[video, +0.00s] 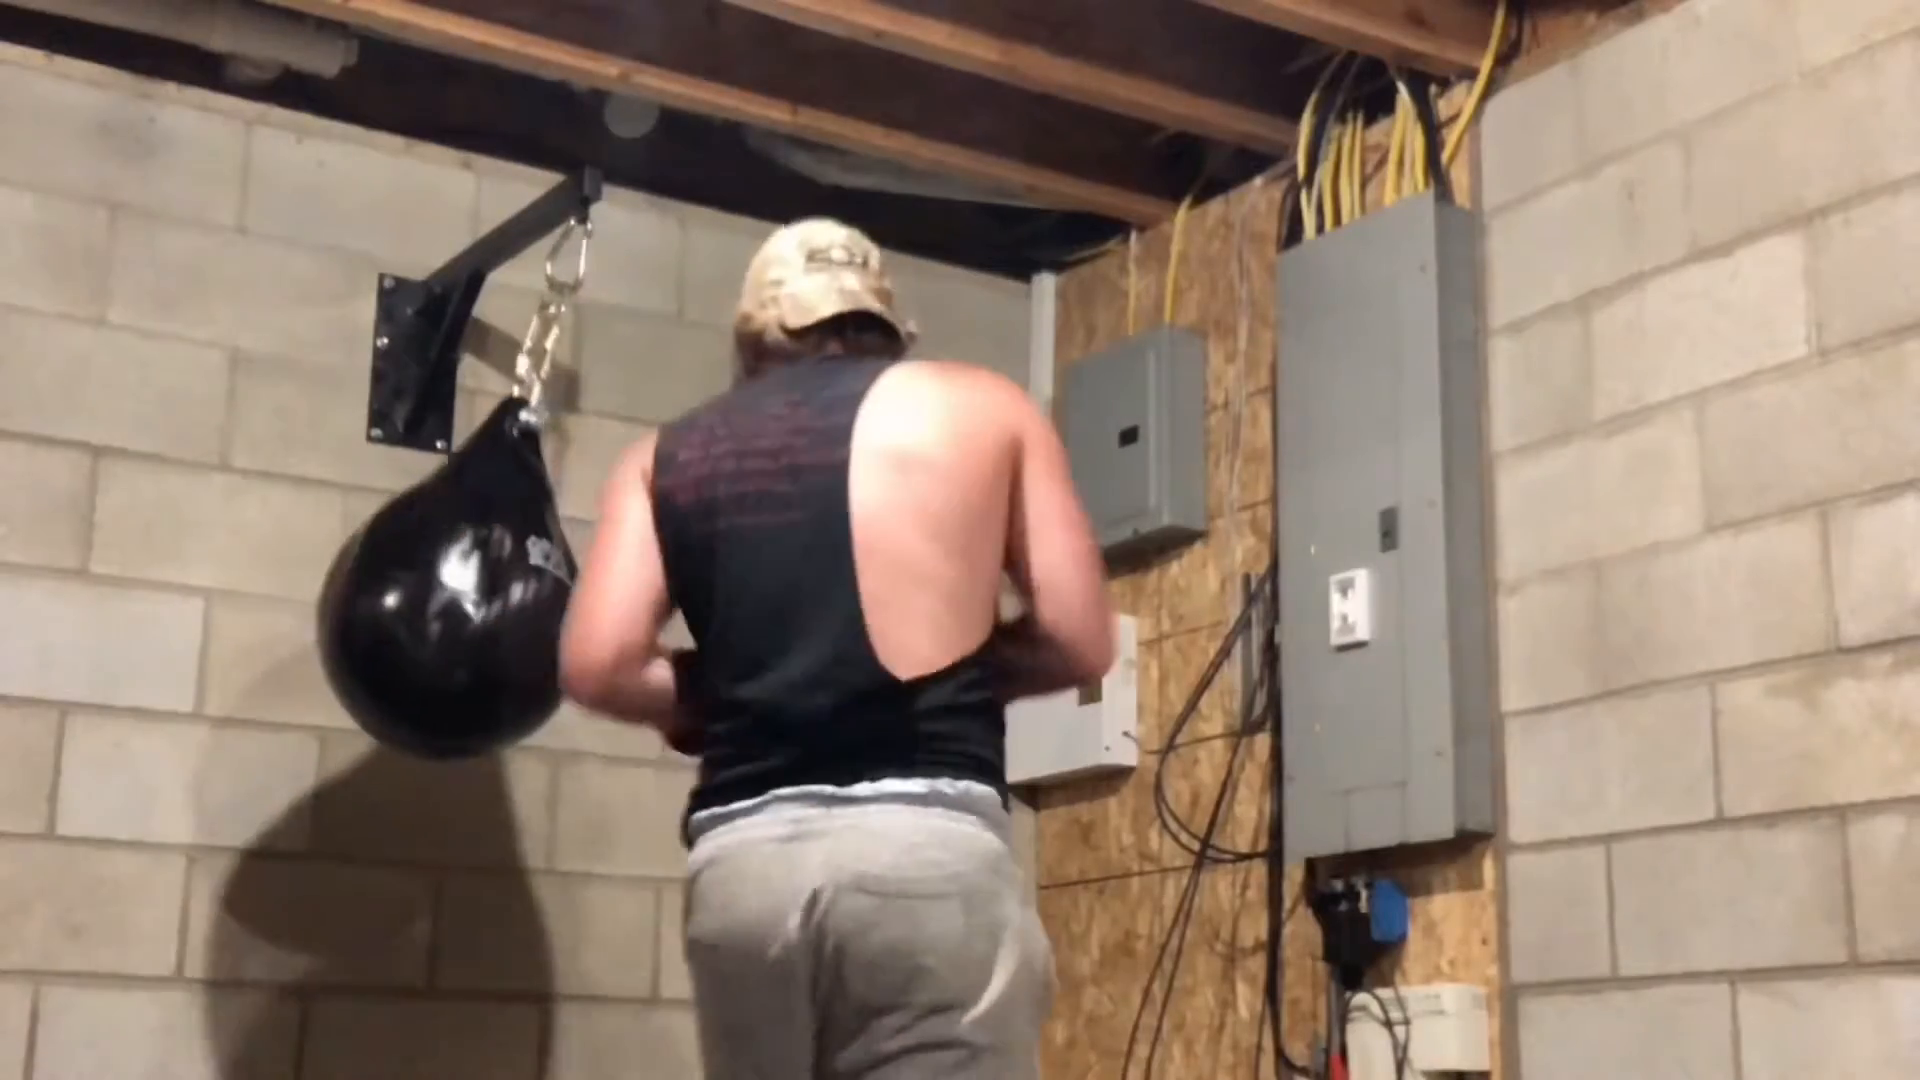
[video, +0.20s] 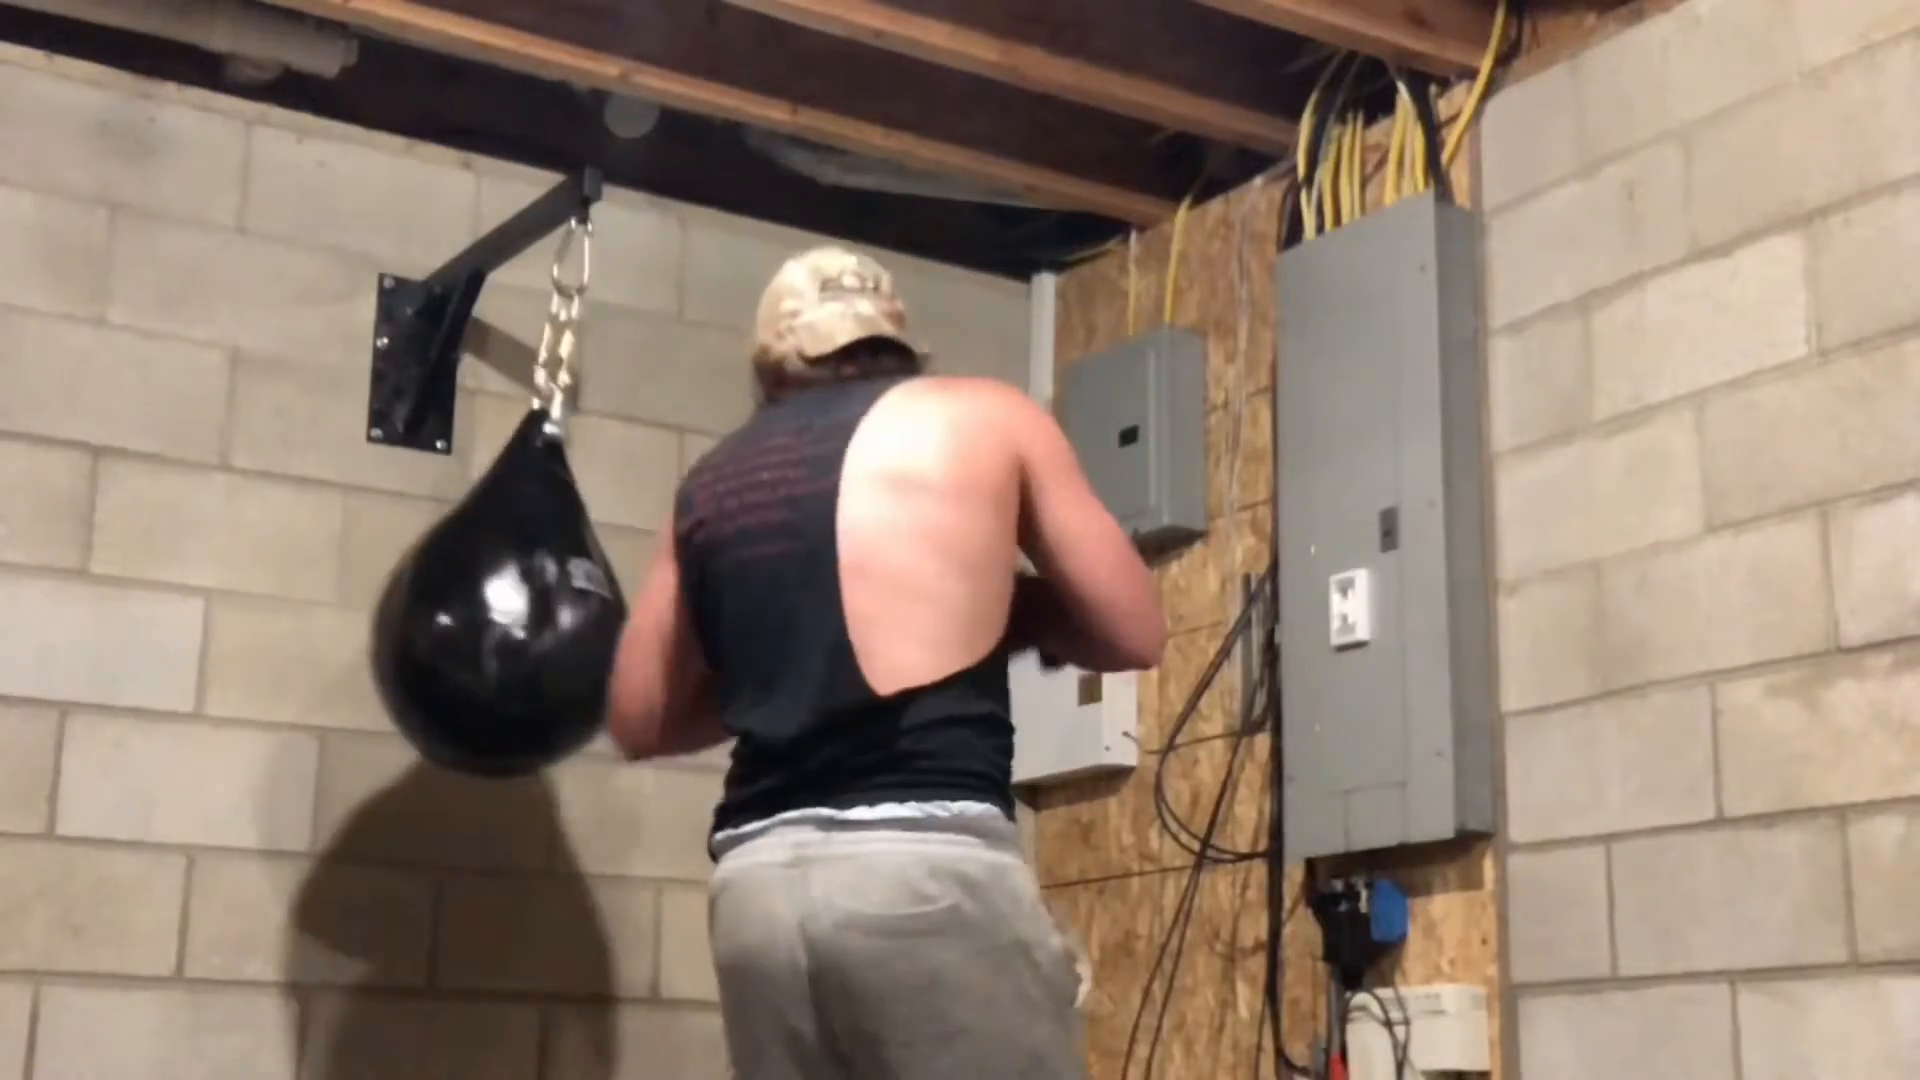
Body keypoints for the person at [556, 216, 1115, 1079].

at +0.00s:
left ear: (754, 333)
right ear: (888, 319)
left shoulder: (663, 455)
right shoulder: (992, 405)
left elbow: (596, 667)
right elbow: (1079, 647)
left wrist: (714, 698)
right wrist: (945, 670)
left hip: (743, 865)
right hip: (936, 853)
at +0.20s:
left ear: (768, 363)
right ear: (898, 338)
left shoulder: (711, 482)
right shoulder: (993, 413)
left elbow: (642, 720)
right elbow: (1133, 632)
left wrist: (789, 652)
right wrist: (1016, 602)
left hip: (754, 896)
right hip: (934, 880)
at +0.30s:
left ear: (796, 348)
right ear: (928, 329)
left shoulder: (729, 461)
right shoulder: (1015, 412)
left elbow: (670, 697)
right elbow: (1134, 640)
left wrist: (799, 625)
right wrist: (1013, 558)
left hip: (774, 882)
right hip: (959, 866)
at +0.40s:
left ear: (827, 345)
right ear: (956, 334)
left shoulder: (746, 447)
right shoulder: (1053, 424)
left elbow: (681, 687)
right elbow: (1136, 667)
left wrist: (802, 600)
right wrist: (1029, 581)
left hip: (800, 874)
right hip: (992, 863)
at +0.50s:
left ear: (847, 359)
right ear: (975, 357)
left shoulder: (787, 442)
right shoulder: (1089, 461)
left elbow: (688, 675)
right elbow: (1134, 714)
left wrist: (798, 611)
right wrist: (1013, 635)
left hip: (825, 884)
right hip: (1025, 886)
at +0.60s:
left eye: (835, 361)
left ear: (848, 354)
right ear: (974, 358)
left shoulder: (817, 411)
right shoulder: (1091, 467)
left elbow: (706, 613)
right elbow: (1097, 723)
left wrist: (788, 602)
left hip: (857, 869)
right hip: (1052, 881)